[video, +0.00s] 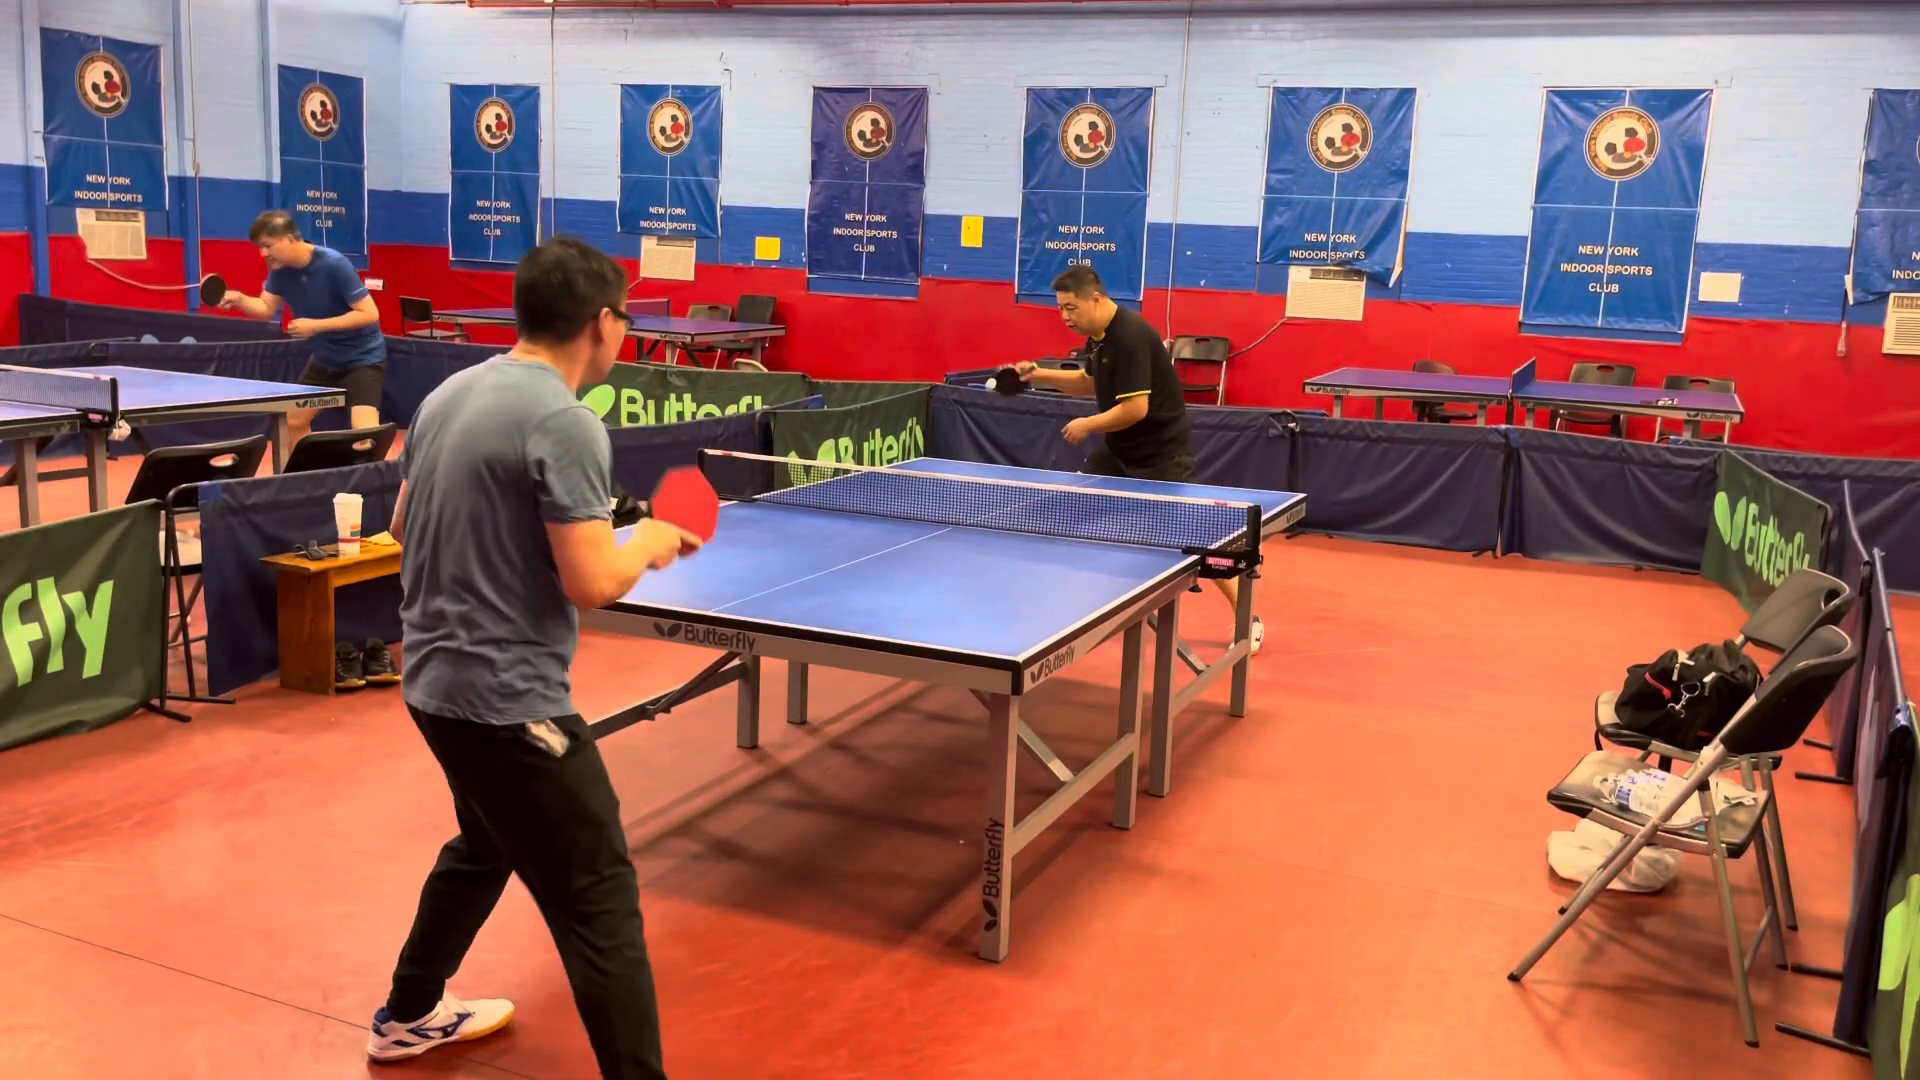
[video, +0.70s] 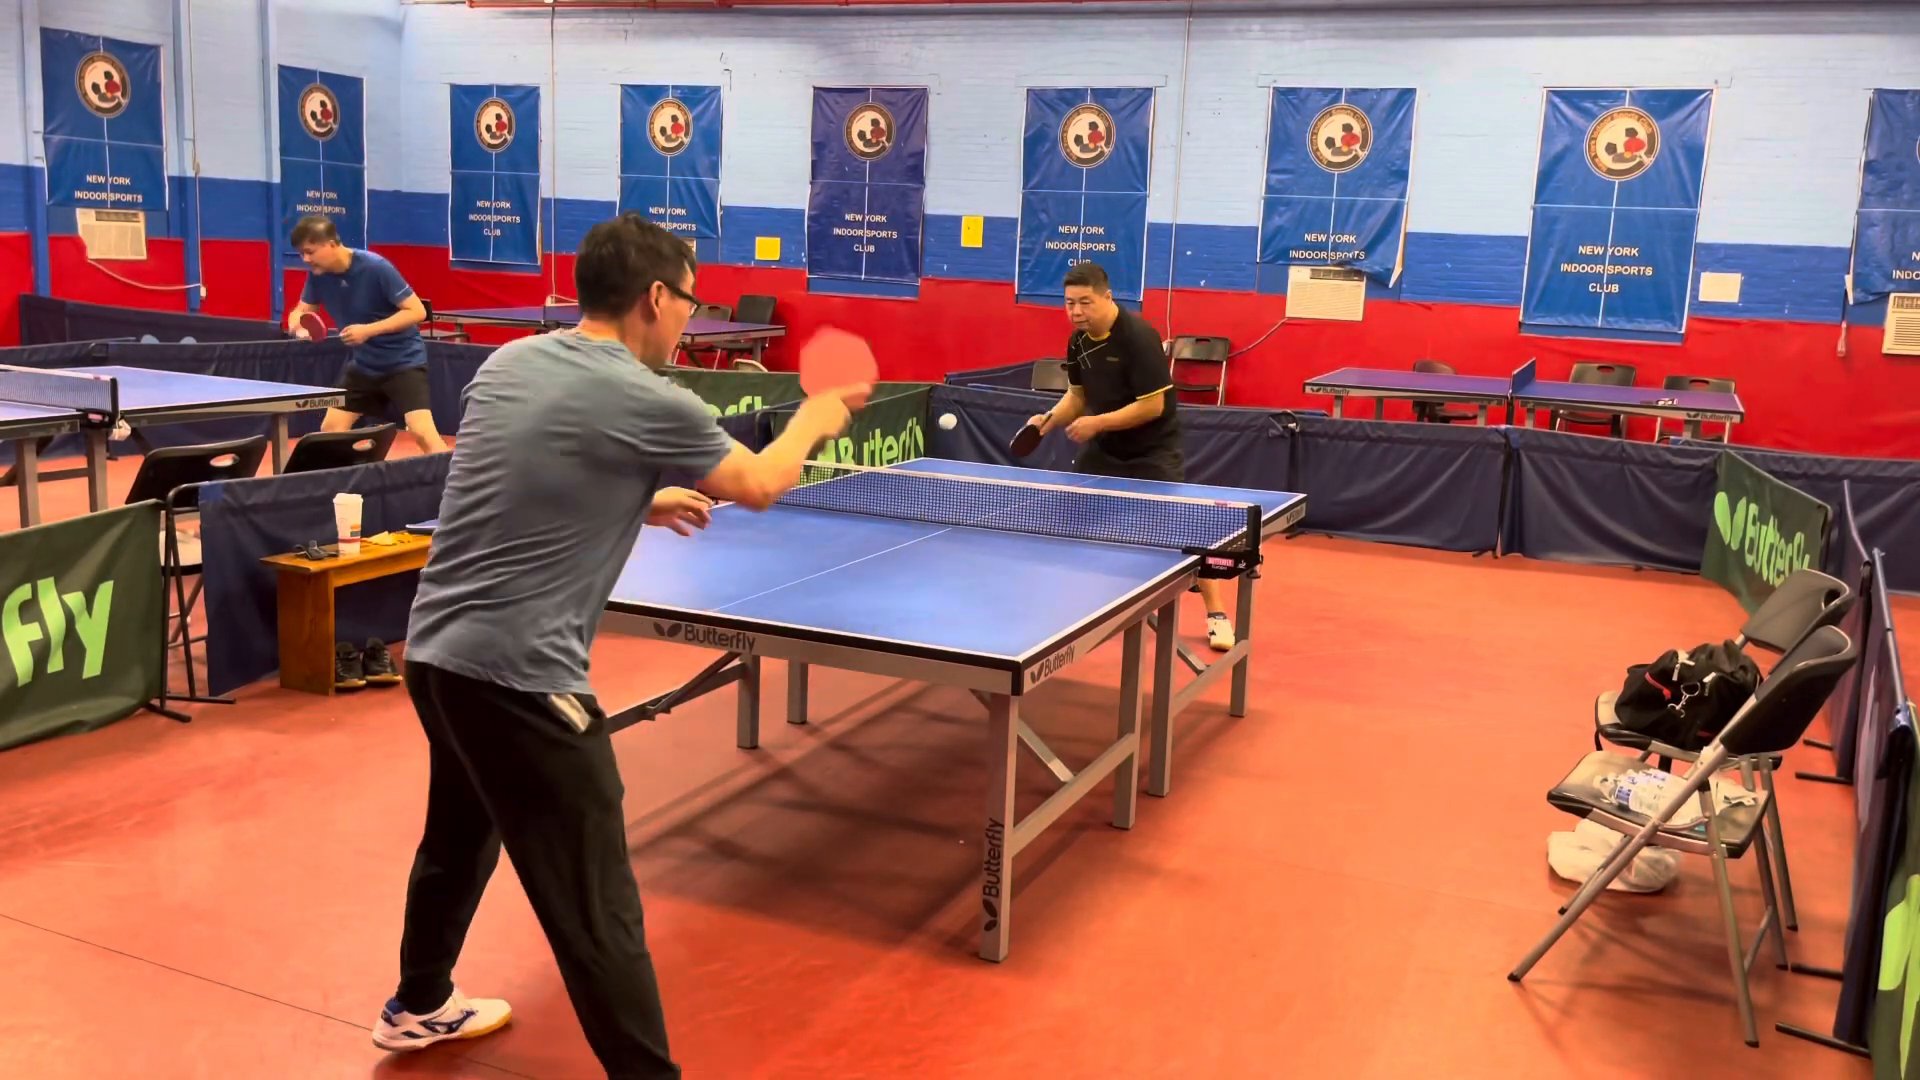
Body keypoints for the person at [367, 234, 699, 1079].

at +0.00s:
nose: (624, 338)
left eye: (622, 320)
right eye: (621, 321)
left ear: (527, 316)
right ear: (597, 323)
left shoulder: (447, 397)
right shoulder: (564, 422)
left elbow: (408, 527)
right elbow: (592, 582)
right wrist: (653, 538)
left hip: (435, 685)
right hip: (512, 700)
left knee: (486, 840)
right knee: (597, 891)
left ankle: (409, 1011)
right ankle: (638, 1071)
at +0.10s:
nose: (661, 344)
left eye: (662, 329)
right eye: (660, 328)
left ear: (561, 321)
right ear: (638, 330)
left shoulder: (479, 394)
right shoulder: (600, 428)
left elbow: (421, 519)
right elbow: (590, 597)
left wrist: (520, 568)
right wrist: (660, 619)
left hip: (440, 684)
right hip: (523, 701)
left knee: (482, 831)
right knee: (622, 901)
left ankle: (407, 1012)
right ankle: (644, 1068)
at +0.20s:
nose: (696, 355)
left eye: (696, 338)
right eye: (695, 339)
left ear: (600, 332)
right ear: (673, 344)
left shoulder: (521, 395)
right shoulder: (618, 438)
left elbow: (452, 519)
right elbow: (577, 601)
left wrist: (501, 624)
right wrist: (653, 703)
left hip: (441, 682)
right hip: (516, 702)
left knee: (482, 837)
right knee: (621, 910)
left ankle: (406, 1014)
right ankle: (643, 1068)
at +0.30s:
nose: (720, 385)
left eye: (722, 368)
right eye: (720, 367)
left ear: (633, 355)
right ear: (694, 370)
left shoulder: (560, 409)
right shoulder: (616, 460)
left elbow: (515, 544)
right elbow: (554, 625)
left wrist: (588, 615)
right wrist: (611, 764)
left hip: (444, 682)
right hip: (497, 707)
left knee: (494, 843)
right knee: (617, 902)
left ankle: (408, 1014)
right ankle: (638, 1065)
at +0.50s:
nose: (719, 390)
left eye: (722, 372)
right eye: (717, 371)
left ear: (642, 360)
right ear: (680, 369)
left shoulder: (569, 416)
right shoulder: (595, 451)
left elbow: (569, 554)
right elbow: (560, 614)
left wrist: (676, 579)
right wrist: (667, 691)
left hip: (454, 684)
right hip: (504, 702)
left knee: (510, 838)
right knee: (626, 903)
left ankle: (411, 1014)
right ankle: (641, 1069)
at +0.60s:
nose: (698, 351)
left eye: (701, 334)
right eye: (696, 332)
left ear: (612, 320)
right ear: (655, 324)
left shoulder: (528, 382)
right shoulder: (603, 416)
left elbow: (557, 518)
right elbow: (681, 576)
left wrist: (670, 532)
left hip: (445, 662)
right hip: (517, 682)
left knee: (482, 834)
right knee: (609, 905)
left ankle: (412, 1012)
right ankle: (642, 1069)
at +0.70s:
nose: (687, 321)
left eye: (690, 305)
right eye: (686, 303)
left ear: (591, 295)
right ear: (652, 299)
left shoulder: (504, 364)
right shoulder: (643, 400)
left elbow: (520, 480)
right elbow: (760, 481)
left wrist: (640, 501)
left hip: (435, 658)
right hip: (523, 679)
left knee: (458, 837)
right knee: (598, 902)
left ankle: (418, 1004)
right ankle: (646, 1067)